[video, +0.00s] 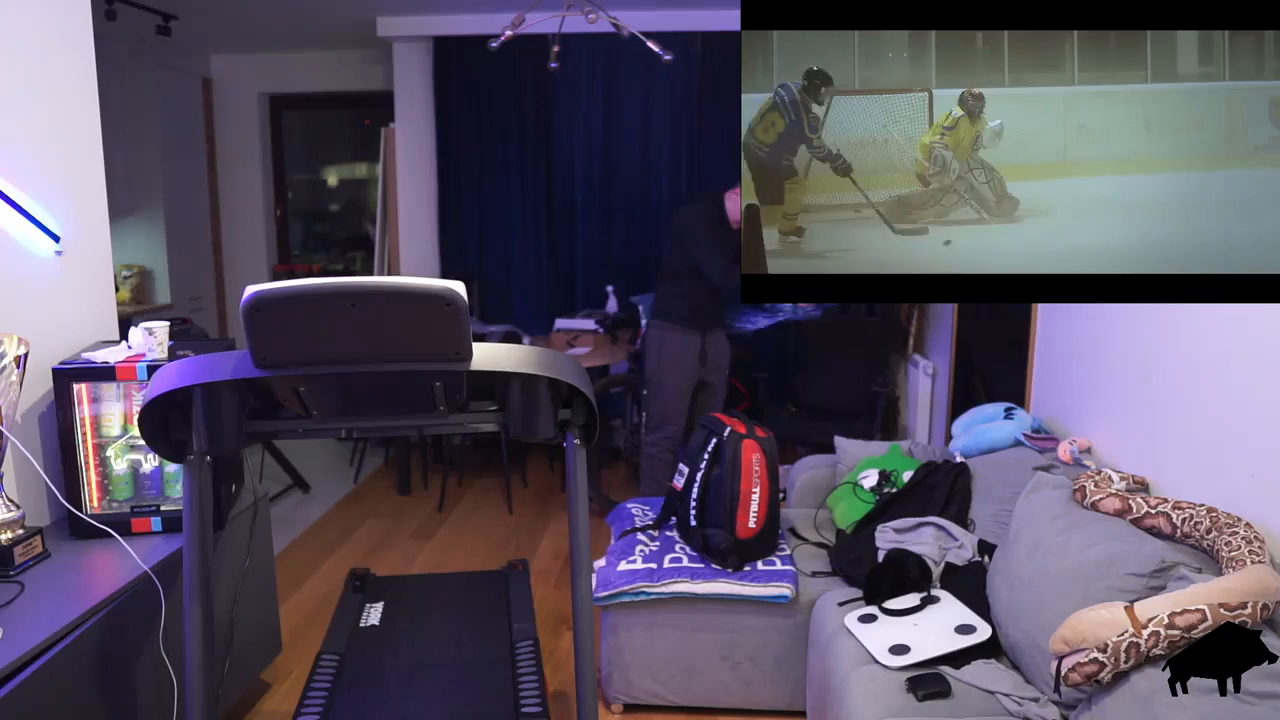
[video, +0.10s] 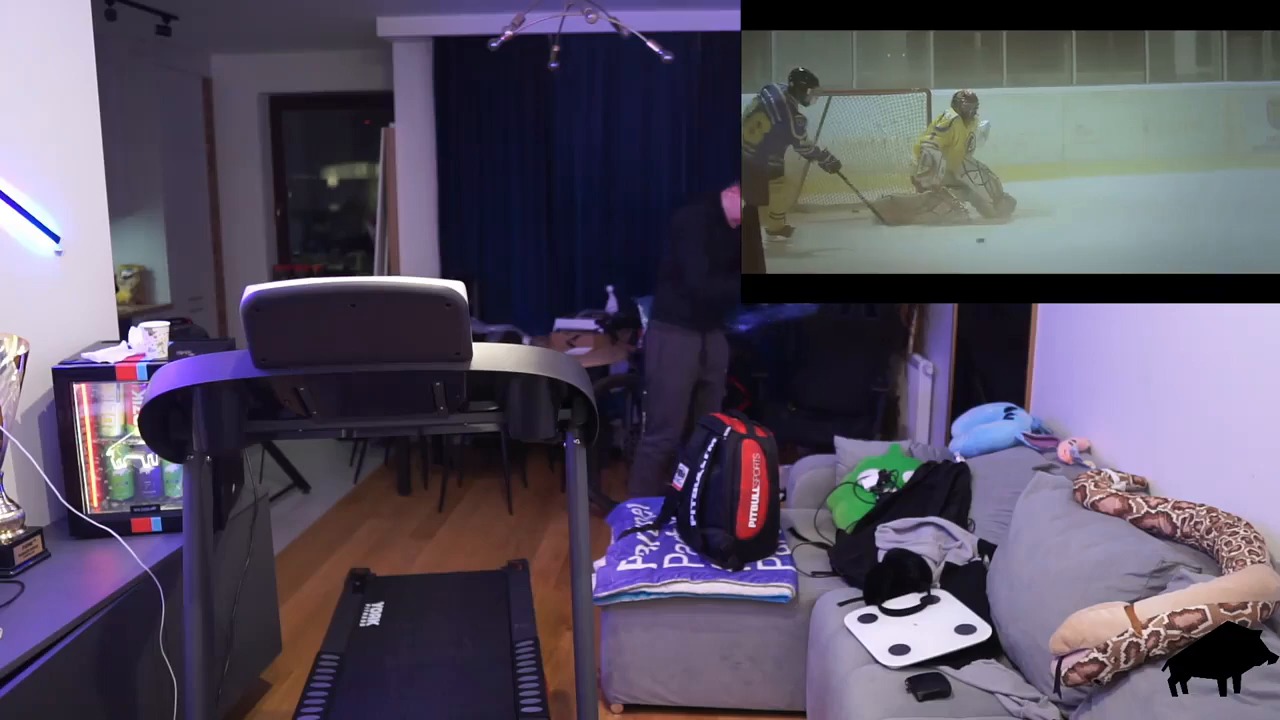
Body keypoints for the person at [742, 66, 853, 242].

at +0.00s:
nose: (827, 96)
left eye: (828, 91)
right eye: (825, 91)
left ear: (807, 85)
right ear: (814, 89)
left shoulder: (787, 88)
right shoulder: (808, 118)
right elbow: (818, 149)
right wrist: (839, 163)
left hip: (753, 145)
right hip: (770, 157)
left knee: (795, 186)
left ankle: (788, 227)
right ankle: (788, 228)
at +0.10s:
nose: (812, 97)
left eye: (813, 92)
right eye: (811, 92)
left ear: (794, 86)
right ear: (800, 89)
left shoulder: (772, 90)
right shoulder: (794, 118)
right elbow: (805, 147)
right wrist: (826, 159)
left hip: (743, 149)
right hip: (764, 159)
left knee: (750, 193)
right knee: (777, 187)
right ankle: (776, 227)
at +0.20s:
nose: (791, 97)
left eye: (792, 92)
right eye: (790, 92)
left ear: (773, 86)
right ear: (780, 89)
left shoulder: (753, 92)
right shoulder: (772, 113)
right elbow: (782, 145)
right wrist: (805, 157)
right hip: (742, 159)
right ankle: (750, 227)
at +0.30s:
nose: (774, 94)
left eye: (775, 90)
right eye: (772, 89)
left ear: (758, 85)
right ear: (762, 86)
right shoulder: (756, 112)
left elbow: (764, 143)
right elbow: (764, 144)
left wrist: (788, 158)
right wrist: (789, 158)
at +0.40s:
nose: (756, 93)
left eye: (757, 89)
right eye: (754, 88)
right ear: (746, 87)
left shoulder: (744, 116)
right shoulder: (743, 116)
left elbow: (744, 145)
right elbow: (743, 145)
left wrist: (764, 161)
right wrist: (764, 162)